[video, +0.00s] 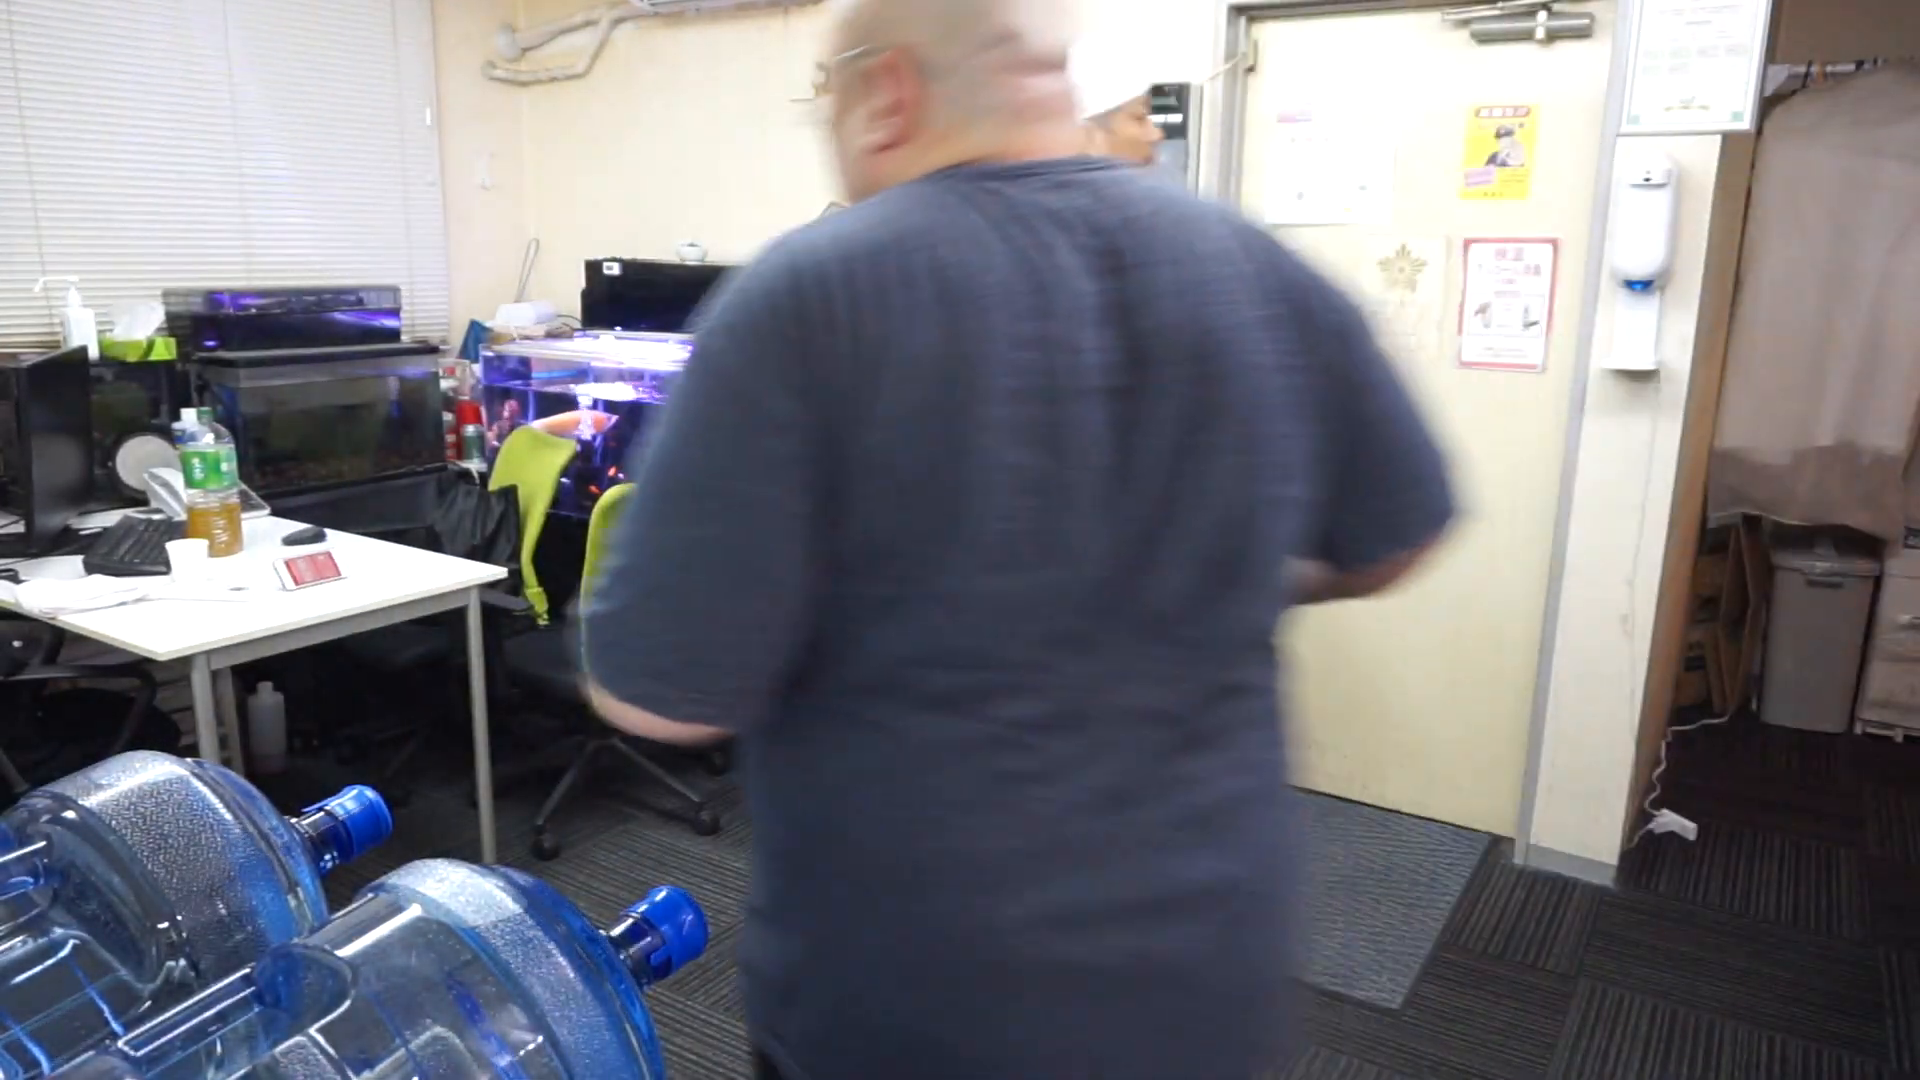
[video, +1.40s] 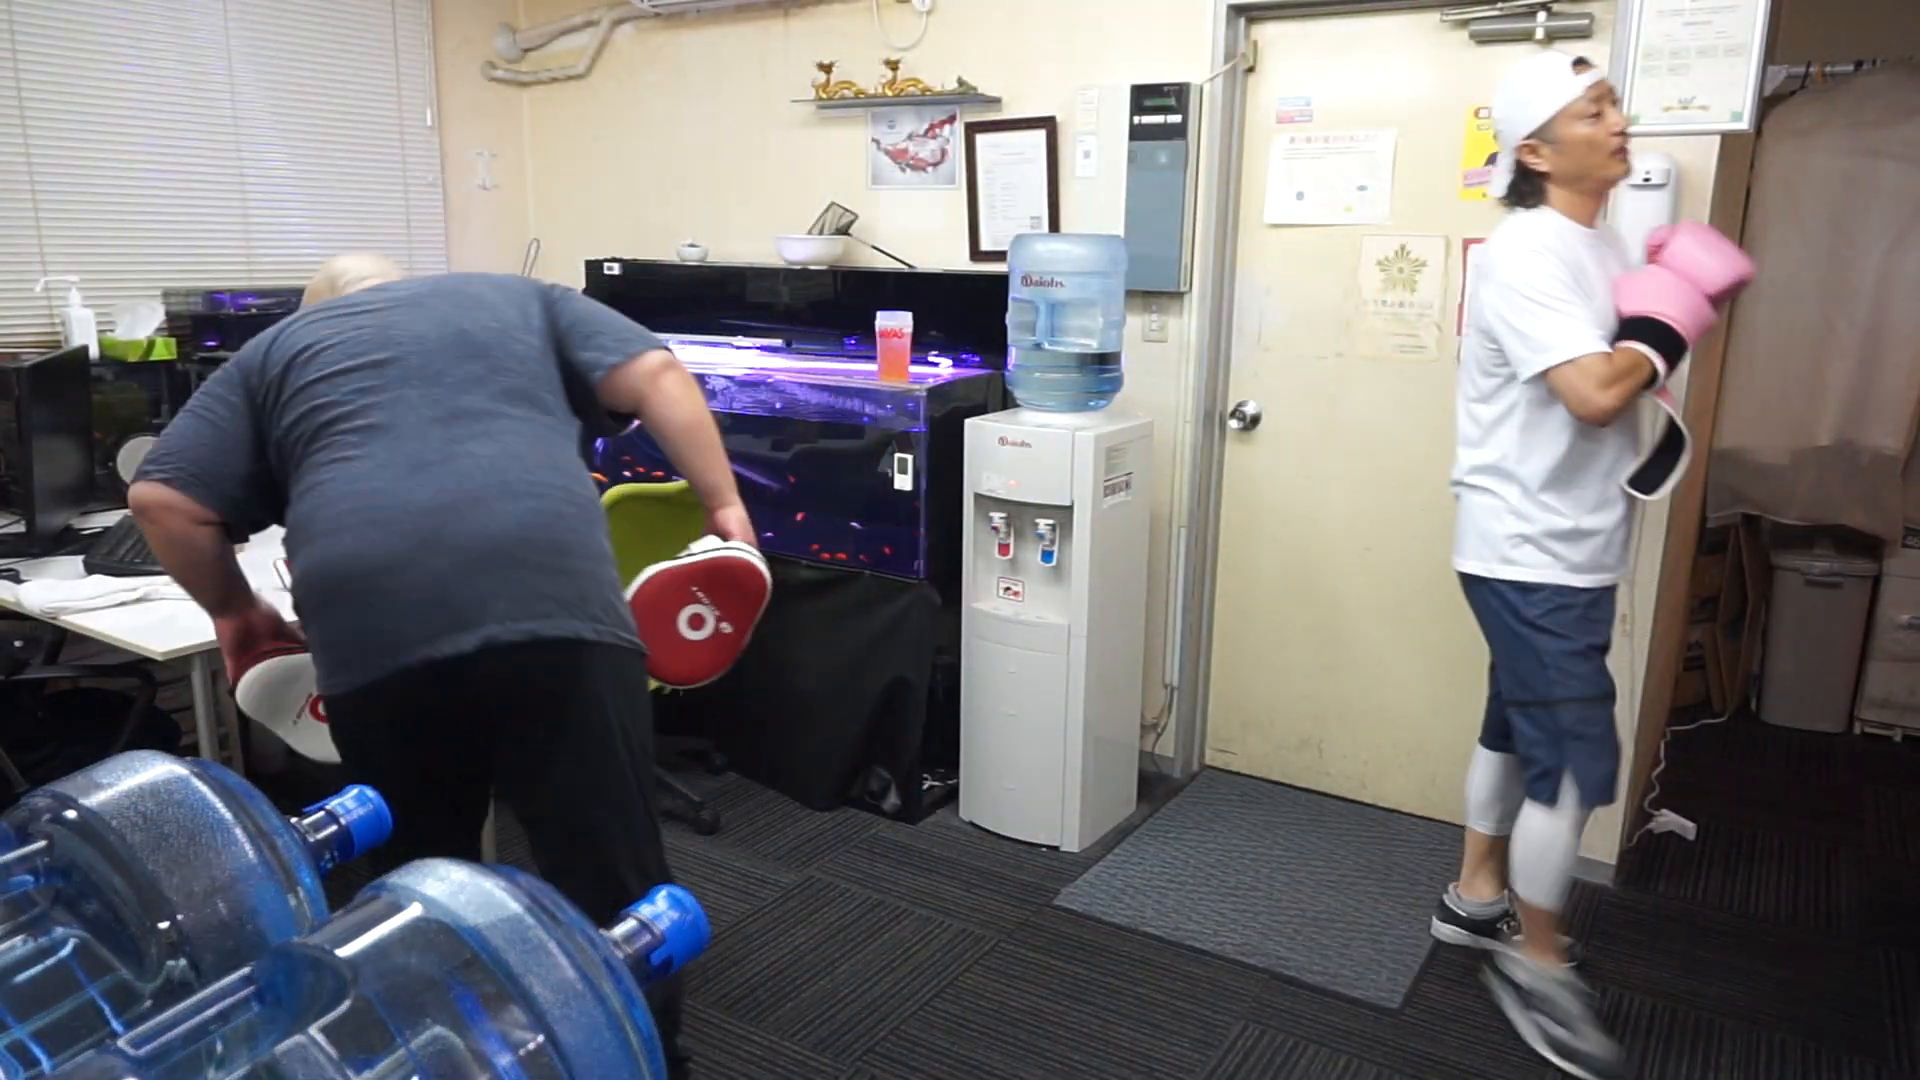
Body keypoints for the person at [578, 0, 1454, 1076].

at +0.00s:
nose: (829, 150)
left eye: (827, 112)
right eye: (821, 118)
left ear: (887, 100)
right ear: (1055, 91)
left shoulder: (811, 295)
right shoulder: (1241, 261)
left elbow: (660, 689)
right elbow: (1397, 534)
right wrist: (1193, 567)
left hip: (902, 987)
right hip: (1210, 965)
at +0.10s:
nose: (738, 149)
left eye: (740, 119)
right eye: (734, 123)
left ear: (790, 116)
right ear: (960, 104)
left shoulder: (716, 294)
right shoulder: (1142, 258)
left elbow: (571, 656)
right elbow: (1297, 505)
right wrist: (1195, 564)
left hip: (821, 935)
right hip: (1092, 915)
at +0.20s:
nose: (683, 154)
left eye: (683, 126)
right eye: (676, 130)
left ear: (727, 112)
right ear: (889, 94)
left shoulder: (647, 272)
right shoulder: (1070, 243)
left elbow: (517, 596)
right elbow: (1229, 470)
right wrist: (1144, 538)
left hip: (760, 874)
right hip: (1012, 849)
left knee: (753, 1065)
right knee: (997, 1047)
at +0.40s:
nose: (614, 139)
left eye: (614, 116)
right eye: (612, 118)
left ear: (647, 111)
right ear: (799, 98)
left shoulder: (568, 248)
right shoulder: (953, 238)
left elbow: (435, 533)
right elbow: (1105, 454)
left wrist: (538, 526)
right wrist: (1054, 530)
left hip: (681, 816)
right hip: (905, 800)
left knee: (704, 1063)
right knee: (831, 1057)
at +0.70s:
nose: (538, 202)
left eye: (537, 182)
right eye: (540, 184)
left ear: (564, 166)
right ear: (684, 153)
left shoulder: (518, 262)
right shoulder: (824, 263)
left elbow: (384, 496)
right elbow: (937, 450)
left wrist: (412, 561)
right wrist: (917, 569)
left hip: (584, 747)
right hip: (791, 741)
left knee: (540, 1019)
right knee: (720, 1035)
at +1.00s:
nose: (428, 239)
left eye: (426, 231)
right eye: (431, 233)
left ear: (448, 220)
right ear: (560, 197)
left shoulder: (417, 286)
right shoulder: (690, 270)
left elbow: (294, 462)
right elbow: (825, 413)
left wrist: (278, 556)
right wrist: (835, 518)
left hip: (503, 696)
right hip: (693, 688)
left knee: (483, 943)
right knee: (694, 951)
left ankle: (485, 1071)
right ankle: (691, 1075)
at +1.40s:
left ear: (311, 311)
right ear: (414, 279)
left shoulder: (268, 351)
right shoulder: (519, 294)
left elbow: (162, 497)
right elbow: (655, 372)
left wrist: (235, 610)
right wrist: (725, 504)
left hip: (378, 642)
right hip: (559, 611)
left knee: (420, 892)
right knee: (613, 885)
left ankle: (430, 1060)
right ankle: (639, 1060)